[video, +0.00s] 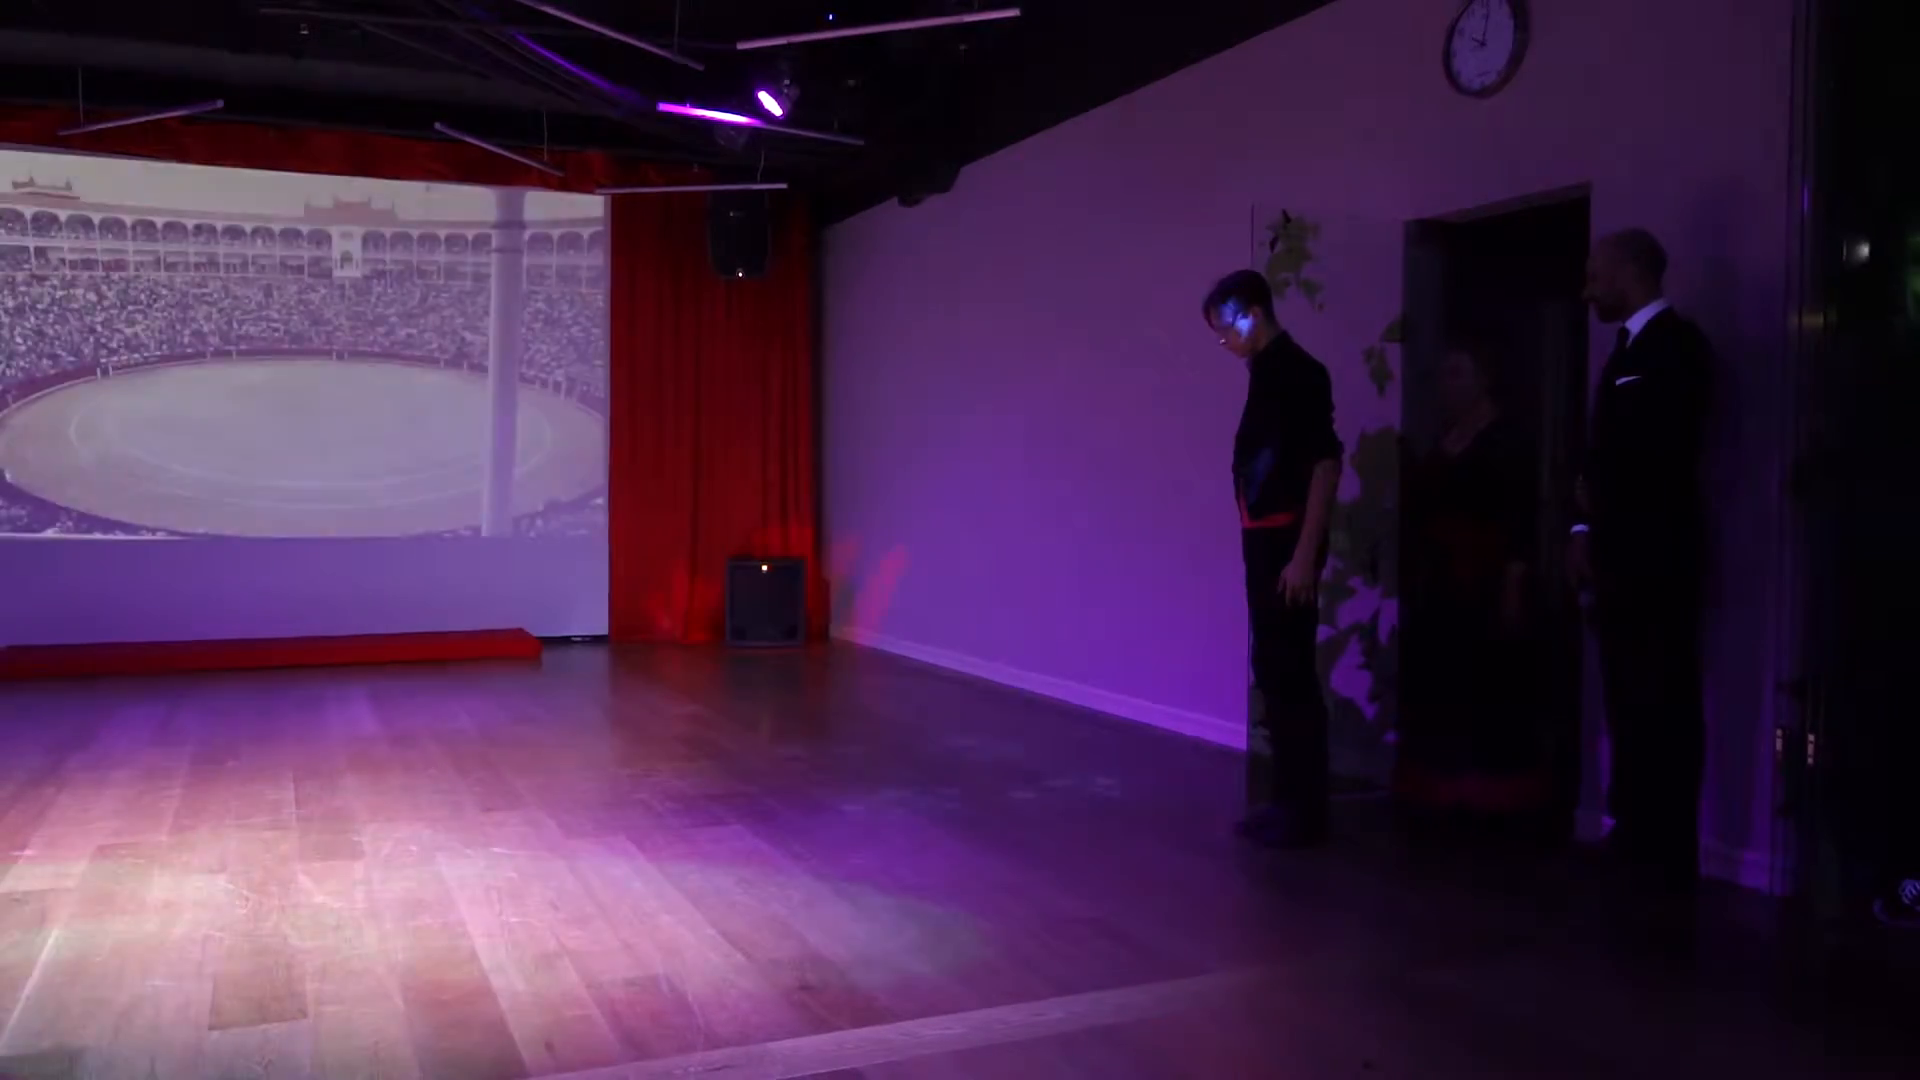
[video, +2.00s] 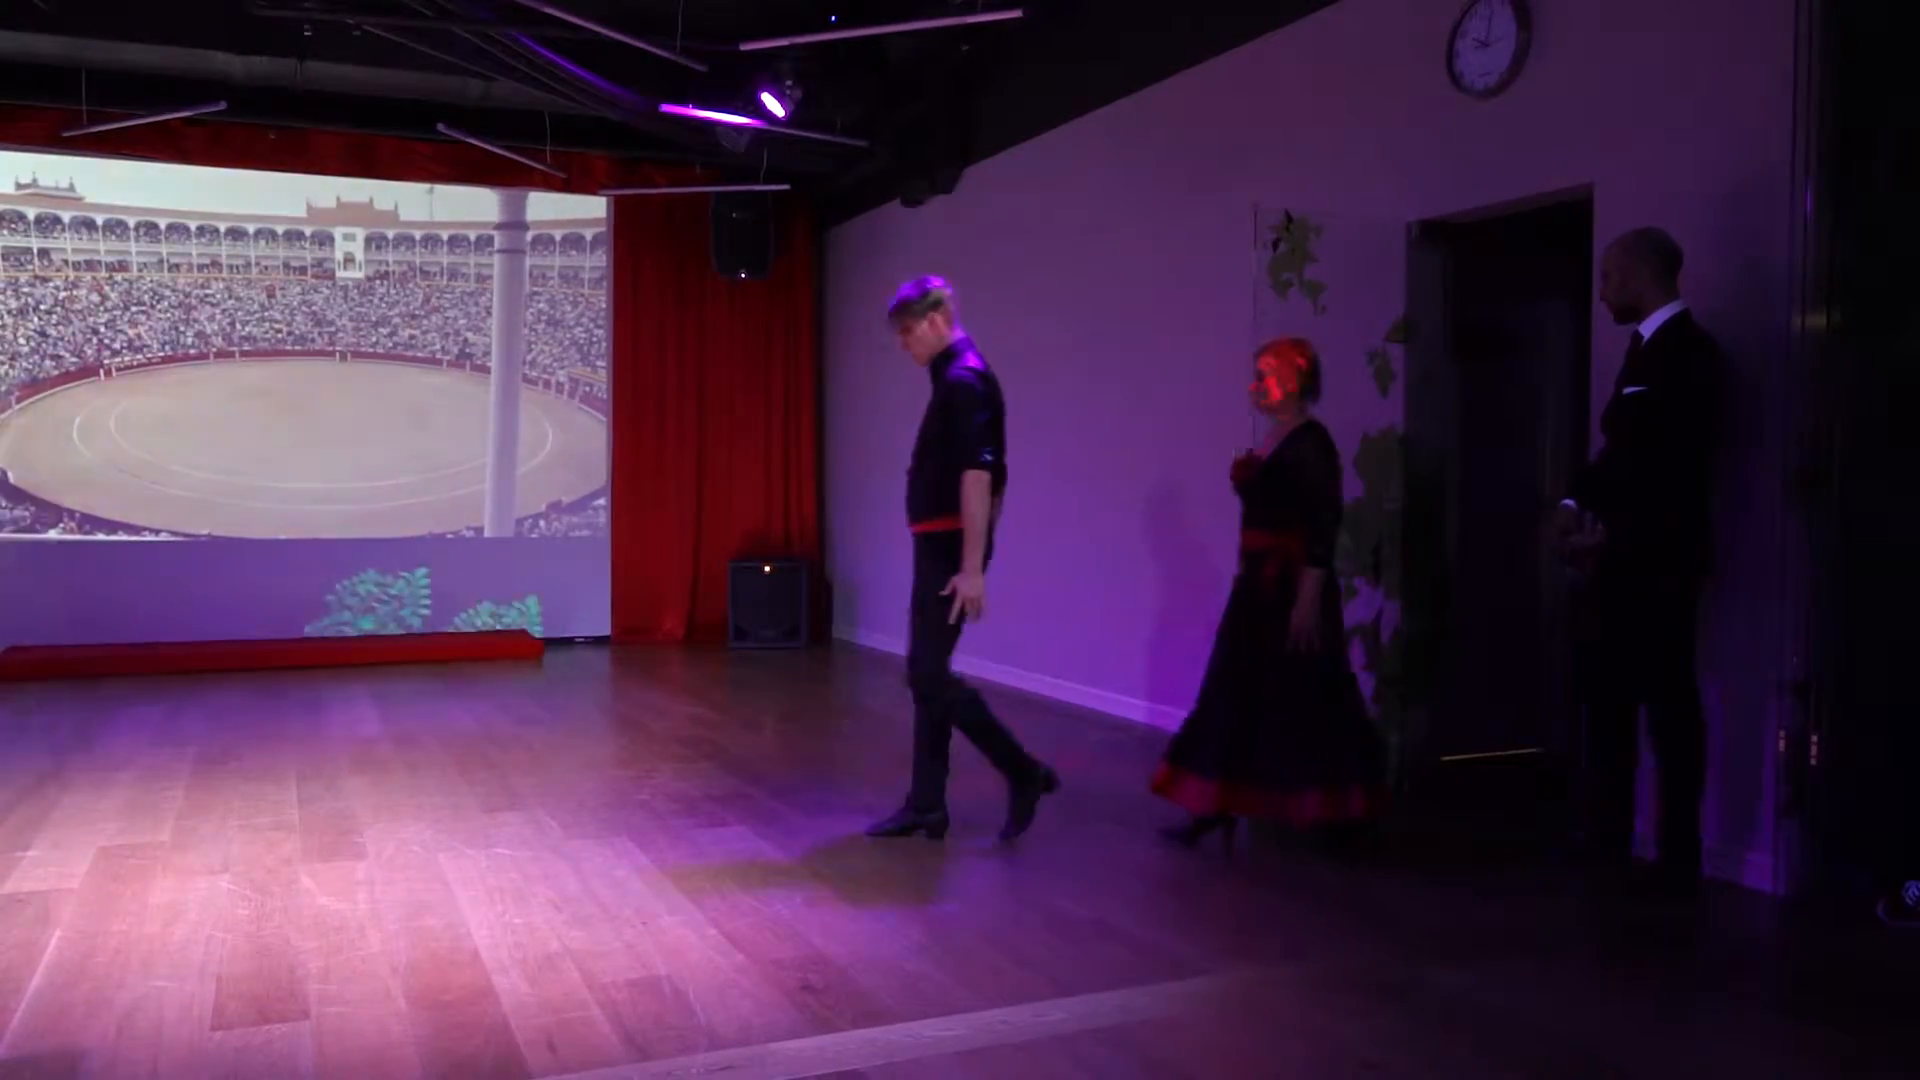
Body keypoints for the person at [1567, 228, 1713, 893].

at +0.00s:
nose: (1591, 286)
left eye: (1600, 271)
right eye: (1592, 272)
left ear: (1634, 275)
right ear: (1638, 275)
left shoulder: (1671, 349)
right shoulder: (1633, 349)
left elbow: (1647, 466)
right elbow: (1603, 458)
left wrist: (1606, 538)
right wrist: (1586, 528)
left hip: (1661, 556)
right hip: (1632, 554)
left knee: (1659, 706)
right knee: (1636, 706)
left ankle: (1660, 852)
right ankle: (1638, 846)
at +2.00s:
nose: (1603, 288)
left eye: (1611, 275)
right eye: (1604, 275)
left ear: (1640, 278)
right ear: (1654, 277)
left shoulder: (1681, 355)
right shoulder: (1646, 351)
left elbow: (1654, 465)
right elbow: (1622, 453)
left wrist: (1599, 517)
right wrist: (1586, 507)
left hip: (1664, 558)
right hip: (1633, 554)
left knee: (1668, 702)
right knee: (1615, 700)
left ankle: (1675, 855)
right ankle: (1612, 848)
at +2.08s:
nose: (1598, 287)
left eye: (1606, 274)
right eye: (1600, 274)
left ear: (1636, 279)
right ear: (1650, 277)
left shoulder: (1677, 355)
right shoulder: (1640, 350)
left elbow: (1658, 469)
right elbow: (1617, 453)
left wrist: (1599, 520)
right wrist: (1578, 503)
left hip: (1657, 563)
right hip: (1622, 559)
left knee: (1667, 706)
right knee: (1594, 702)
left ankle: (1677, 857)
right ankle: (1583, 844)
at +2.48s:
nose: (1534, 301)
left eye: (1541, 288)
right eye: (1535, 289)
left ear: (1570, 288)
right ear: (1584, 287)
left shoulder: (1598, 361)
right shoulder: (1601, 356)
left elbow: (1585, 470)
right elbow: (1584, 469)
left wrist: (1547, 525)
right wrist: (1546, 525)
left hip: (1595, 552)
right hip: (1590, 549)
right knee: (1634, 695)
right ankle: (1675, 847)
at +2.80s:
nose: (1460, 308)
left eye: (1465, 294)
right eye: (1460, 295)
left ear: (1492, 292)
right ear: (1497, 291)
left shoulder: (1547, 352)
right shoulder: (1498, 358)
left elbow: (1552, 459)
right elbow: (1445, 424)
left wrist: (1523, 537)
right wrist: (1356, 442)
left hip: (1556, 545)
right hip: (1516, 544)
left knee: (1580, 689)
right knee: (1503, 683)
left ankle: (1620, 838)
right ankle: (1504, 822)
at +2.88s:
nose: (1448, 306)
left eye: (1453, 293)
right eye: (1448, 295)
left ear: (1481, 291)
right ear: (1480, 292)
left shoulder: (1543, 351)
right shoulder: (1489, 358)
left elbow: (1550, 458)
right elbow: (1432, 420)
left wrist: (1526, 538)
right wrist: (1345, 439)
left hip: (1546, 547)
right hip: (1500, 546)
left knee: (1564, 687)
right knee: (1496, 686)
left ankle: (1592, 829)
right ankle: (1500, 820)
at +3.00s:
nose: (1440, 304)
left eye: (1445, 291)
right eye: (1439, 293)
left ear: (1475, 288)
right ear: (1468, 291)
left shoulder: (1534, 350)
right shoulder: (1483, 358)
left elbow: (1549, 454)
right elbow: (1424, 422)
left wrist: (1531, 536)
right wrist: (1336, 441)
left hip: (1536, 554)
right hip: (1491, 549)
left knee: (1547, 692)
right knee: (1496, 688)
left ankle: (1560, 836)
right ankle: (1503, 825)